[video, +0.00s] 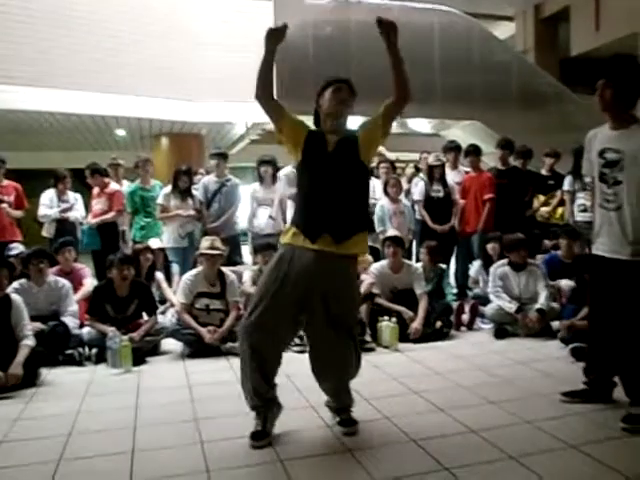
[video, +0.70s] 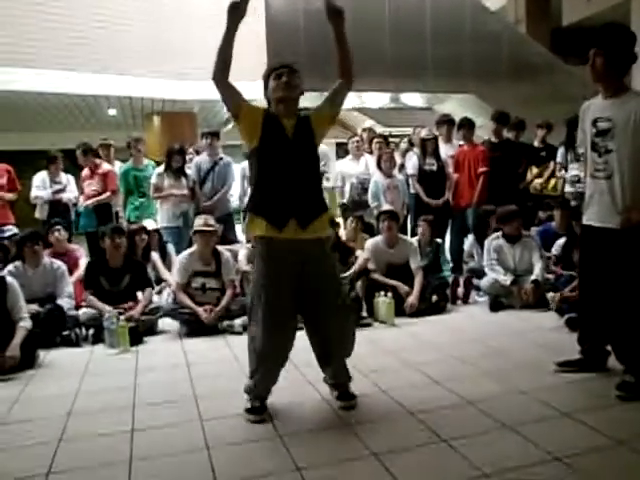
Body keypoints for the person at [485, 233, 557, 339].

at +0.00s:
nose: (523, 254)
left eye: (524, 250)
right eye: (518, 251)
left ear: (527, 251)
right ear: (508, 254)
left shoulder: (535, 268)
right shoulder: (497, 270)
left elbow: (544, 290)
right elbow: (495, 292)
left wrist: (540, 310)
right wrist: (516, 309)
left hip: (531, 305)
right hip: (509, 305)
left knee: (554, 309)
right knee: (491, 311)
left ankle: (513, 330)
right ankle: (536, 329)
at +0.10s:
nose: (517, 254)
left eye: (519, 250)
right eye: (512, 252)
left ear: (522, 251)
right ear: (503, 254)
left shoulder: (531, 268)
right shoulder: (492, 270)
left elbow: (539, 290)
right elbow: (490, 292)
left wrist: (534, 310)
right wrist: (511, 309)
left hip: (526, 304)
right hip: (505, 304)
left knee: (550, 309)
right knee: (487, 311)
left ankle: (508, 330)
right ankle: (531, 329)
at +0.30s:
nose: (511, 230)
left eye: (512, 227)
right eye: (506, 228)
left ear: (515, 227)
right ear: (498, 230)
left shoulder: (523, 244)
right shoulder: (487, 245)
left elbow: (533, 267)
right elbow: (485, 270)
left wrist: (527, 286)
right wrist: (505, 284)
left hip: (520, 280)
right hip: (499, 281)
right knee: (483, 287)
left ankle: (501, 306)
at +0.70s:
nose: (517, 226)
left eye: (518, 222)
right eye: (512, 223)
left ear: (521, 223)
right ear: (502, 226)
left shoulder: (530, 241)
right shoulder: (492, 242)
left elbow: (538, 262)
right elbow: (490, 265)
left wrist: (535, 280)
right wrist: (509, 280)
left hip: (526, 277)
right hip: (504, 277)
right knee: (487, 284)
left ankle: (507, 302)